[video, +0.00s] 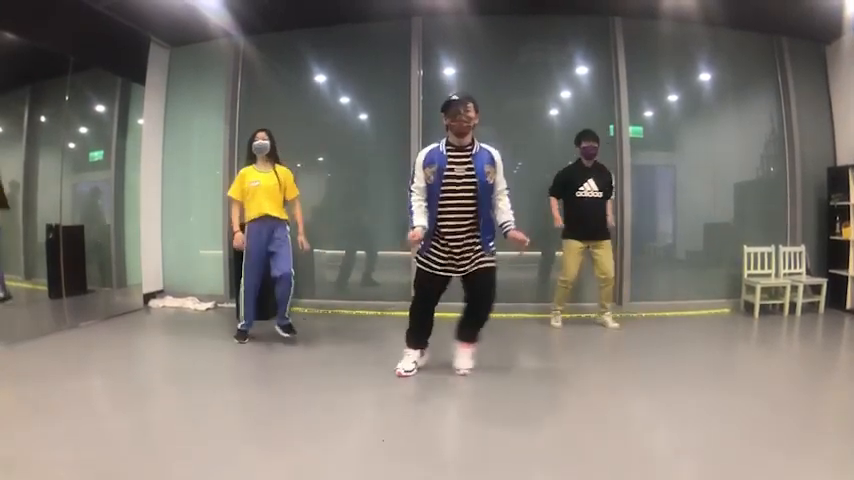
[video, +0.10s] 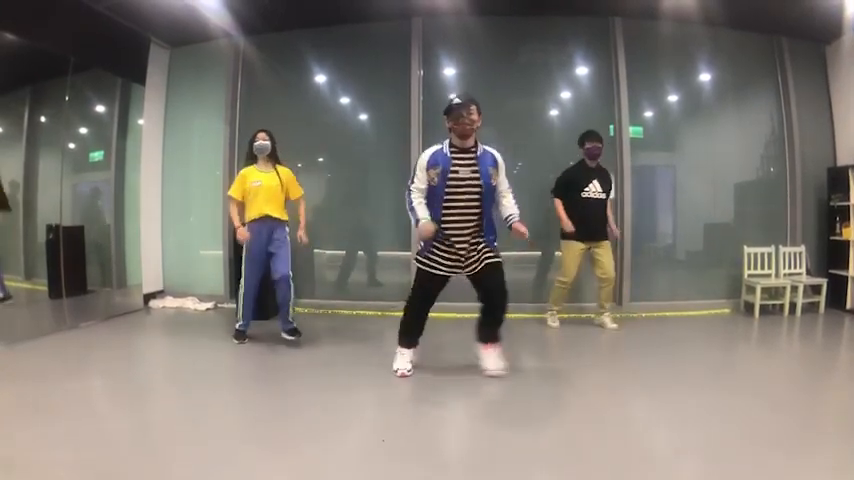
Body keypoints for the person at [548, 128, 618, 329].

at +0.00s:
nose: (590, 151)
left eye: (593, 147)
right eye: (586, 147)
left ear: (598, 149)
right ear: (578, 148)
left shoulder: (605, 173)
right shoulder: (567, 173)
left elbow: (608, 198)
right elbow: (553, 195)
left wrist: (609, 217)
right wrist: (557, 218)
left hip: (600, 234)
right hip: (574, 235)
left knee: (608, 275)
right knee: (568, 277)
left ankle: (605, 312)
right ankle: (557, 310)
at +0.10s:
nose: (594, 151)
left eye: (597, 147)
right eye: (590, 148)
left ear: (602, 149)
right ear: (582, 149)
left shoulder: (605, 175)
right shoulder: (571, 173)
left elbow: (606, 202)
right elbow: (557, 197)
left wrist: (611, 224)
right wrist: (564, 220)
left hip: (600, 236)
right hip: (575, 236)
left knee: (608, 276)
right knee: (566, 277)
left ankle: (603, 313)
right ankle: (552, 310)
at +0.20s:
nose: (601, 154)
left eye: (604, 150)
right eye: (596, 150)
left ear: (608, 152)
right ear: (588, 152)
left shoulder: (605, 177)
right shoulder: (581, 173)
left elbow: (600, 208)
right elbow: (568, 201)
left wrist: (609, 228)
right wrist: (579, 226)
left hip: (599, 238)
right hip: (577, 237)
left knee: (609, 276)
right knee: (566, 279)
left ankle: (603, 315)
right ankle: (545, 311)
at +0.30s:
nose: (608, 161)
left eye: (610, 157)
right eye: (603, 158)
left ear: (613, 159)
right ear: (594, 159)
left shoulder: (608, 183)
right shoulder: (586, 179)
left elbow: (601, 213)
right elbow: (575, 206)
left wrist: (611, 229)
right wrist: (592, 229)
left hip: (600, 242)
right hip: (578, 242)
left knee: (612, 279)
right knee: (569, 283)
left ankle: (603, 316)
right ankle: (544, 312)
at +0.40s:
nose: (609, 160)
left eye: (612, 156)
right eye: (605, 157)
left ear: (616, 158)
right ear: (598, 159)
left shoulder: (612, 183)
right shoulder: (589, 179)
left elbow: (611, 208)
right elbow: (574, 205)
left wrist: (625, 221)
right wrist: (592, 224)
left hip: (603, 243)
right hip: (581, 243)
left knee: (614, 279)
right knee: (570, 283)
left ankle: (603, 316)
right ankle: (546, 312)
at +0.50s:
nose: (606, 154)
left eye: (609, 151)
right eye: (601, 151)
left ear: (613, 152)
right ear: (594, 153)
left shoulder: (616, 179)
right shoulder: (585, 175)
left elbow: (623, 199)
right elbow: (572, 201)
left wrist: (627, 211)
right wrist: (580, 225)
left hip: (606, 238)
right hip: (582, 238)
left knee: (612, 278)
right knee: (571, 280)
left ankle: (603, 315)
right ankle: (554, 312)